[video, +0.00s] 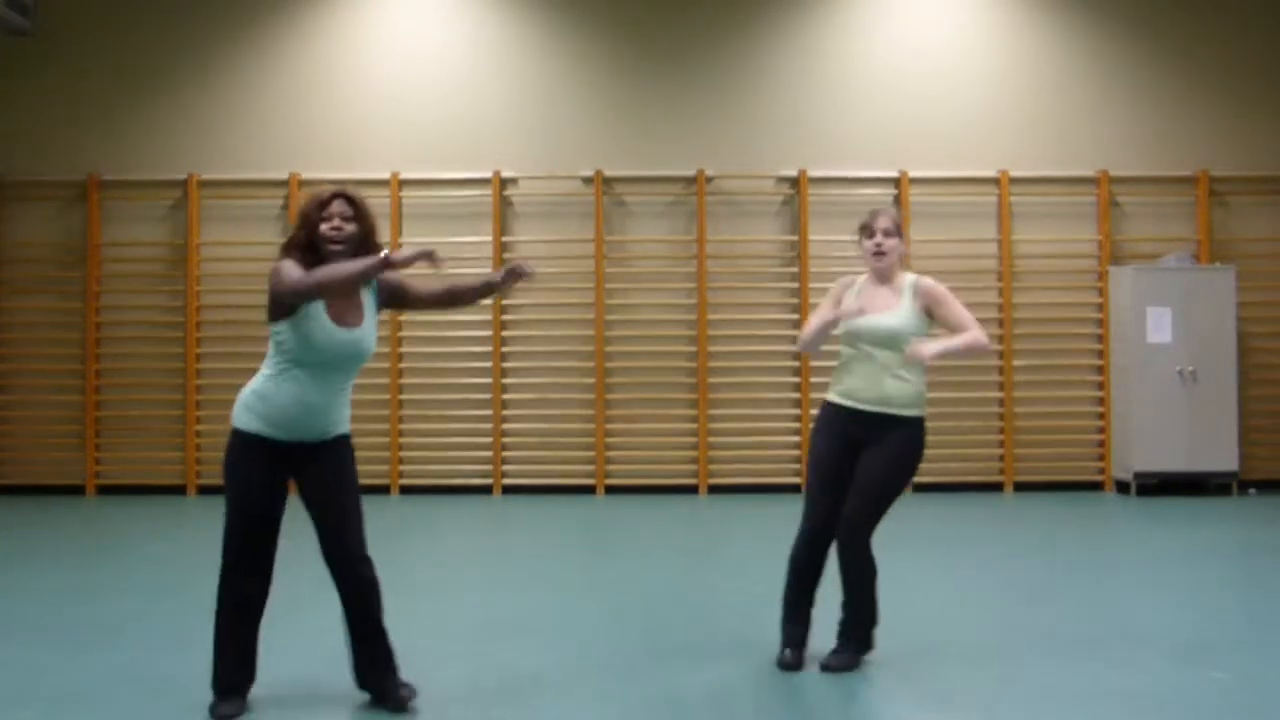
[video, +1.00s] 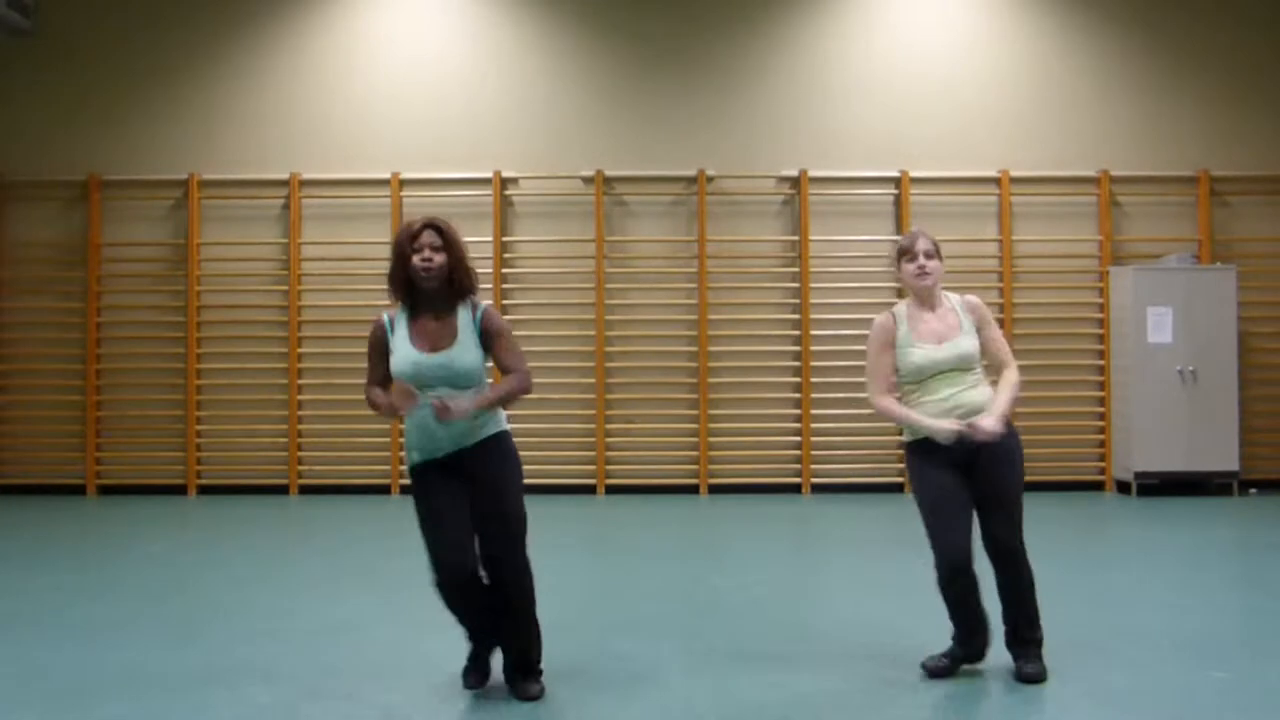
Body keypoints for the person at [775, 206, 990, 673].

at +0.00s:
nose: (879, 242)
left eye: (888, 234)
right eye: (871, 235)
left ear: (903, 242)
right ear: (860, 244)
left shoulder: (923, 290)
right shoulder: (846, 289)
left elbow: (979, 337)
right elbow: (805, 344)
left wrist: (935, 347)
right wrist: (836, 316)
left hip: (898, 426)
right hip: (839, 419)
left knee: (853, 531)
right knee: (815, 527)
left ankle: (855, 642)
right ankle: (793, 639)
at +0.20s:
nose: (860, 255)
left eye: (869, 248)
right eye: (852, 247)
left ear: (883, 257)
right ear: (840, 257)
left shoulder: (905, 300)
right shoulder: (823, 302)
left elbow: (954, 352)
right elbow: (795, 352)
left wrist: (969, 339)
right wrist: (837, 335)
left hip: (883, 442)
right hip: (825, 435)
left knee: (869, 549)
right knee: (812, 544)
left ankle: (840, 630)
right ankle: (795, 638)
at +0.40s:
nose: (872, 248)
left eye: (881, 241)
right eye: (862, 242)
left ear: (894, 253)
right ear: (849, 256)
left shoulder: (914, 301)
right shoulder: (838, 304)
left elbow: (946, 352)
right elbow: (835, 369)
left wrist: (939, 369)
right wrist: (895, 357)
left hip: (902, 437)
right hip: (845, 437)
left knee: (929, 543)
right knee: (833, 546)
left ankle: (911, 639)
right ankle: (799, 638)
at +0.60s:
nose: (889, 239)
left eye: (896, 232)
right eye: (879, 234)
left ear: (909, 240)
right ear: (865, 246)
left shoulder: (929, 285)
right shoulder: (859, 292)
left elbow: (992, 303)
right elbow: (900, 304)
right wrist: (959, 258)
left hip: (928, 425)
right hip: (875, 426)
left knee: (961, 532)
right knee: (893, 538)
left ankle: (926, 630)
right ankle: (868, 642)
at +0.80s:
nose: (909, 254)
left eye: (916, 246)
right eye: (898, 249)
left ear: (928, 253)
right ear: (884, 261)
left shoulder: (952, 293)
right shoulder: (882, 311)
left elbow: (1012, 321)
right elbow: (926, 335)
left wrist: (1067, 294)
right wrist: (994, 295)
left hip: (966, 434)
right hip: (909, 438)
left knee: (993, 544)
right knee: (923, 554)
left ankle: (1024, 649)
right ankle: (869, 640)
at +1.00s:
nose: (922, 264)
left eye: (929, 256)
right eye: (911, 259)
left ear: (942, 263)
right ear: (898, 270)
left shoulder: (971, 308)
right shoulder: (888, 324)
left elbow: (1009, 369)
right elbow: (880, 398)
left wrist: (997, 415)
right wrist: (931, 425)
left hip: (991, 441)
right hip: (932, 451)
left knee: (1006, 549)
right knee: (951, 560)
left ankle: (1027, 650)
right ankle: (969, 645)